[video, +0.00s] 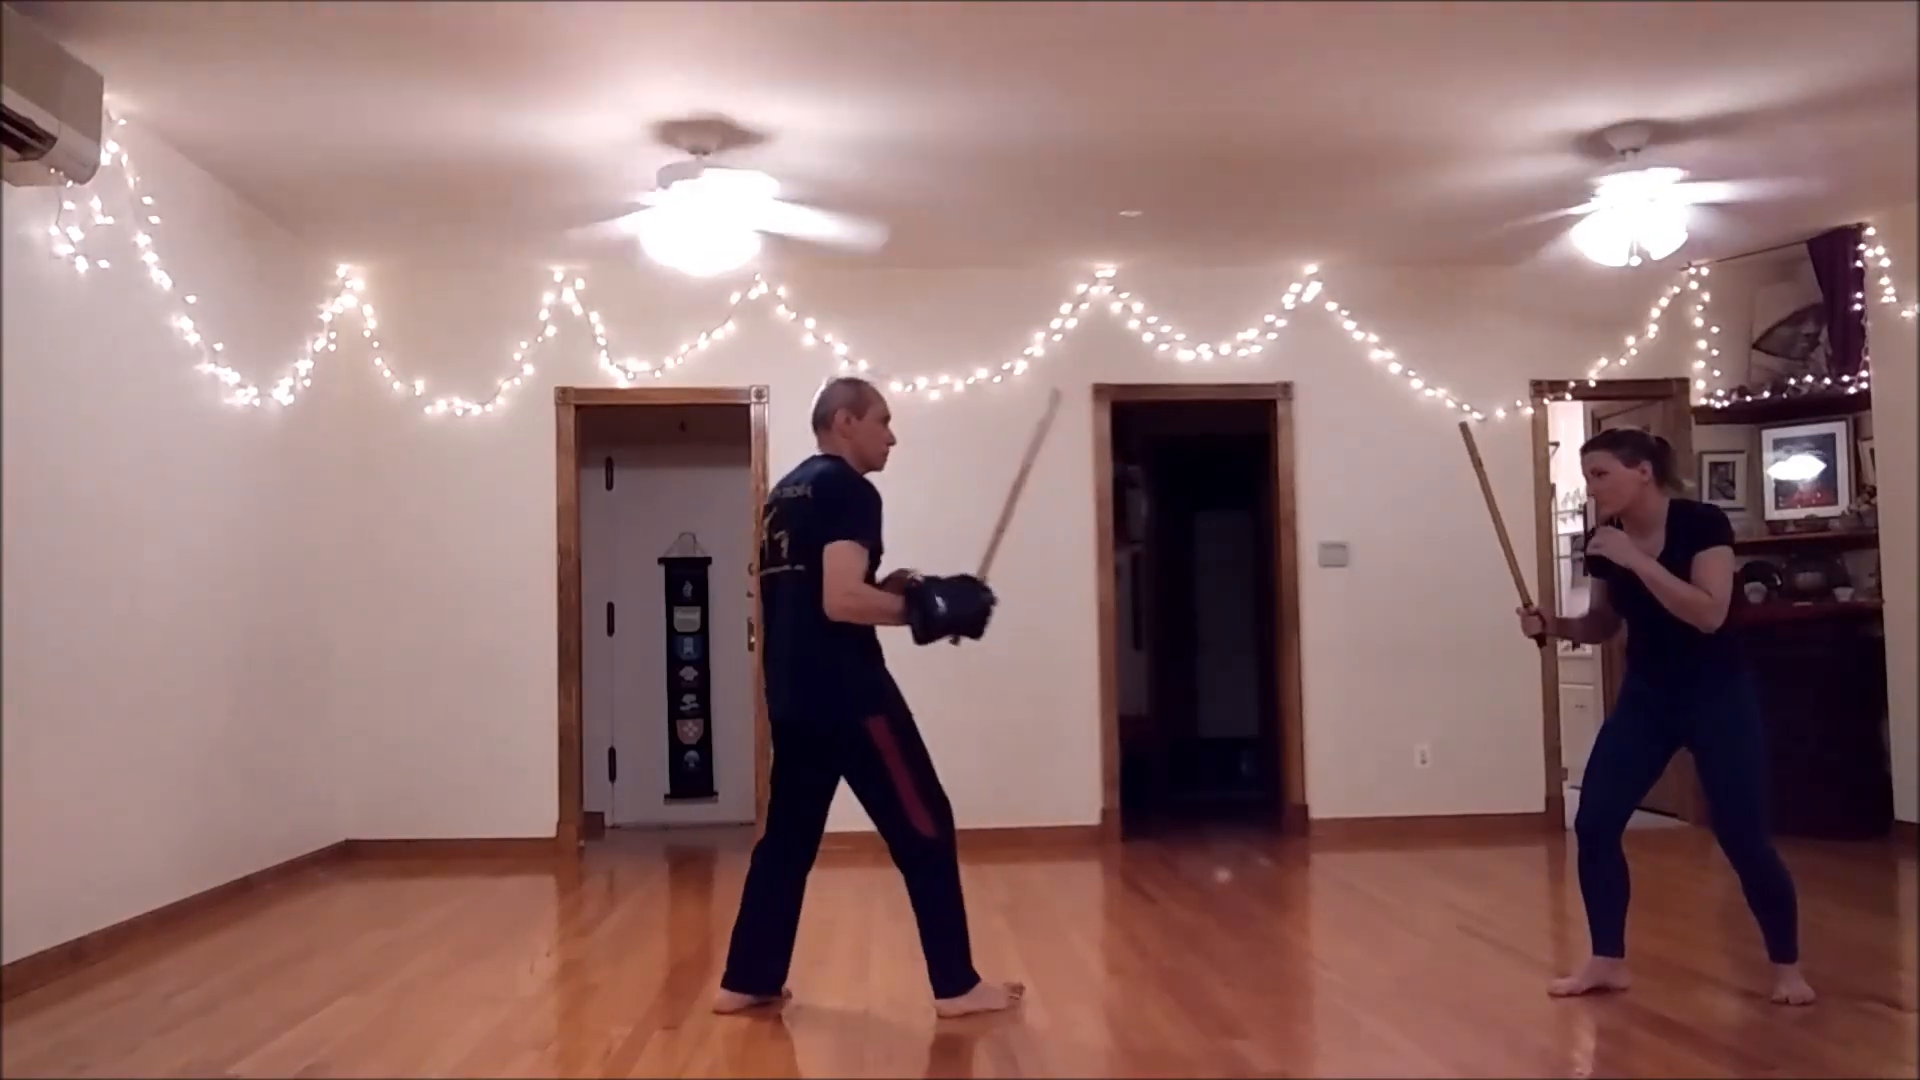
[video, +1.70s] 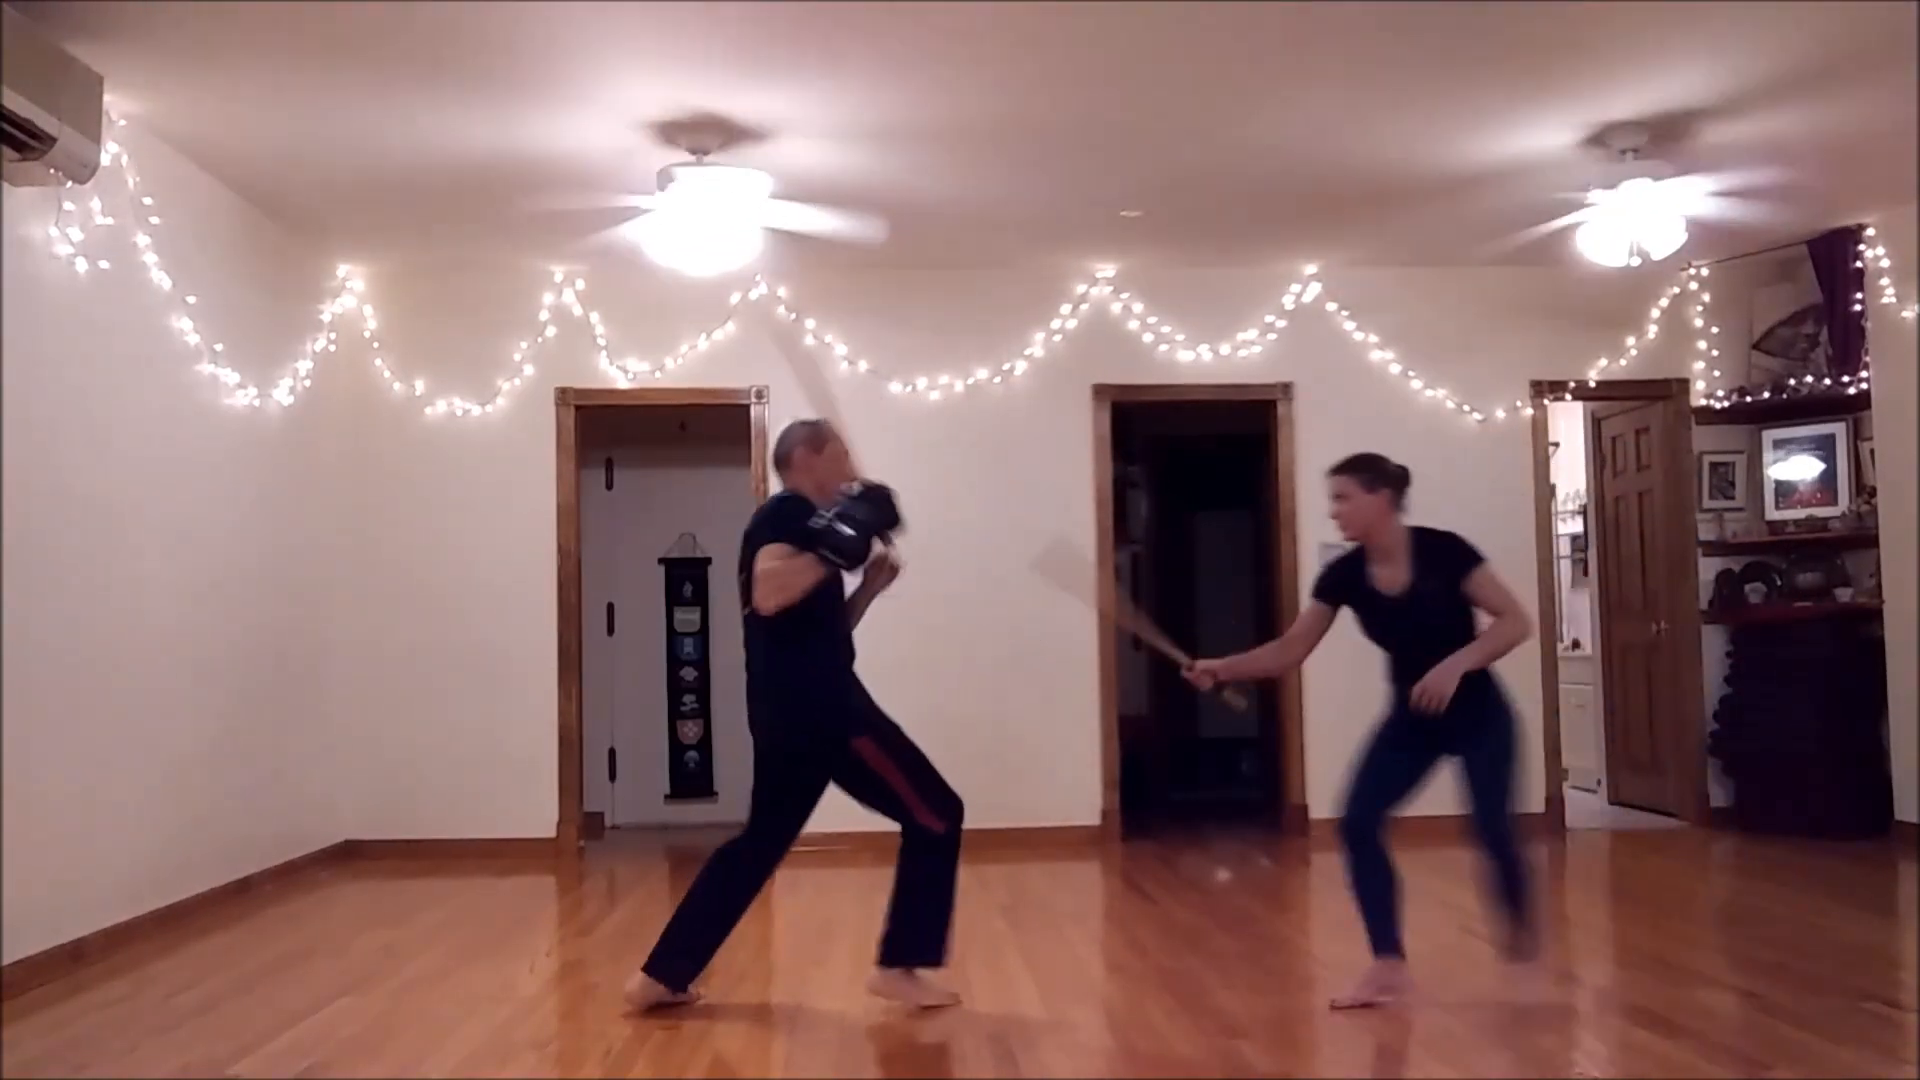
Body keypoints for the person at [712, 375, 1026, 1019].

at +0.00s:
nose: (892, 435)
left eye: (890, 423)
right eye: (883, 421)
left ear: (837, 424)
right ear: (845, 421)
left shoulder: (788, 490)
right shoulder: (847, 489)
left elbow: (803, 603)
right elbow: (843, 599)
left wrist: (881, 591)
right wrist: (924, 609)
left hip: (797, 697)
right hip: (854, 695)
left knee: (787, 839)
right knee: (925, 830)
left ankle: (747, 982)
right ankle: (956, 985)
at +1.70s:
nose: (849, 471)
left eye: (847, 459)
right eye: (841, 458)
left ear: (799, 460)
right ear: (808, 458)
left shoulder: (798, 526)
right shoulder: (787, 512)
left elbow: (826, 635)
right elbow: (769, 594)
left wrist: (870, 589)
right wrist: (838, 543)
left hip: (790, 714)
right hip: (825, 707)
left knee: (762, 843)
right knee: (936, 813)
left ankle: (662, 975)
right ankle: (901, 966)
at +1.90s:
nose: (846, 466)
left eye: (843, 456)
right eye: (835, 456)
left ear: (798, 471)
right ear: (802, 468)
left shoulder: (781, 533)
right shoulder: (796, 526)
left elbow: (799, 629)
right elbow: (828, 605)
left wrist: (858, 613)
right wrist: (854, 530)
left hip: (796, 728)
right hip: (832, 724)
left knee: (773, 855)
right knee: (962, 816)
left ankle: (667, 968)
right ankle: (941, 974)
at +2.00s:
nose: (876, 467)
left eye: (873, 456)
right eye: (864, 458)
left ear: (823, 470)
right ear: (824, 468)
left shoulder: (805, 533)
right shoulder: (829, 532)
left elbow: (917, 601)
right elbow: (923, 599)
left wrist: (955, 532)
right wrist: (959, 525)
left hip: (810, 733)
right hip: (853, 727)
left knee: (770, 850)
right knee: (986, 826)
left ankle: (664, 971)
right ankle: (1016, 989)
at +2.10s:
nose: (925, 459)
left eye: (920, 446)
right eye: (910, 448)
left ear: (872, 466)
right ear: (874, 463)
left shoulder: (838, 525)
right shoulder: (903, 527)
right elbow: (1013, 587)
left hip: (834, 729)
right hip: (890, 726)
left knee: (784, 840)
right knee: (1010, 836)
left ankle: (672, 958)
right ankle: (1071, 999)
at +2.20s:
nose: (993, 463)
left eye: (991, 450)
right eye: (983, 452)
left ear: (932, 459)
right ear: (948, 457)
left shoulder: (887, 515)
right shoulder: (967, 528)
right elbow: (1073, 593)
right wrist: (1144, 597)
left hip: (868, 716)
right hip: (926, 718)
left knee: (844, 839)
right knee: (1048, 833)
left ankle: (709, 939)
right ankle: (1074, 1001)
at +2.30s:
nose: (1043, 467)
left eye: (1042, 453)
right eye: (1032, 454)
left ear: (976, 457)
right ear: (988, 455)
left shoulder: (921, 506)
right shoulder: (1006, 533)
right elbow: (1085, 634)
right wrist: (1149, 658)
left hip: (892, 708)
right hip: (954, 713)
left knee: (901, 834)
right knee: (1071, 839)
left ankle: (787, 935)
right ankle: (1078, 1002)